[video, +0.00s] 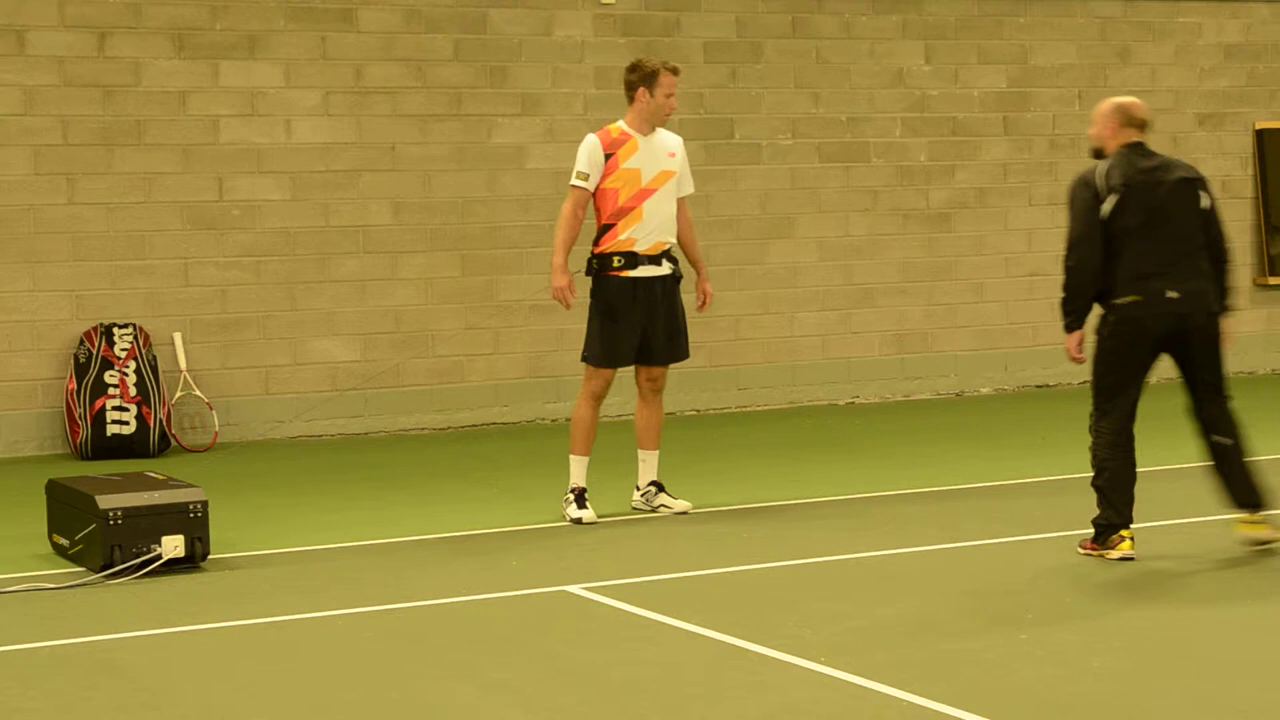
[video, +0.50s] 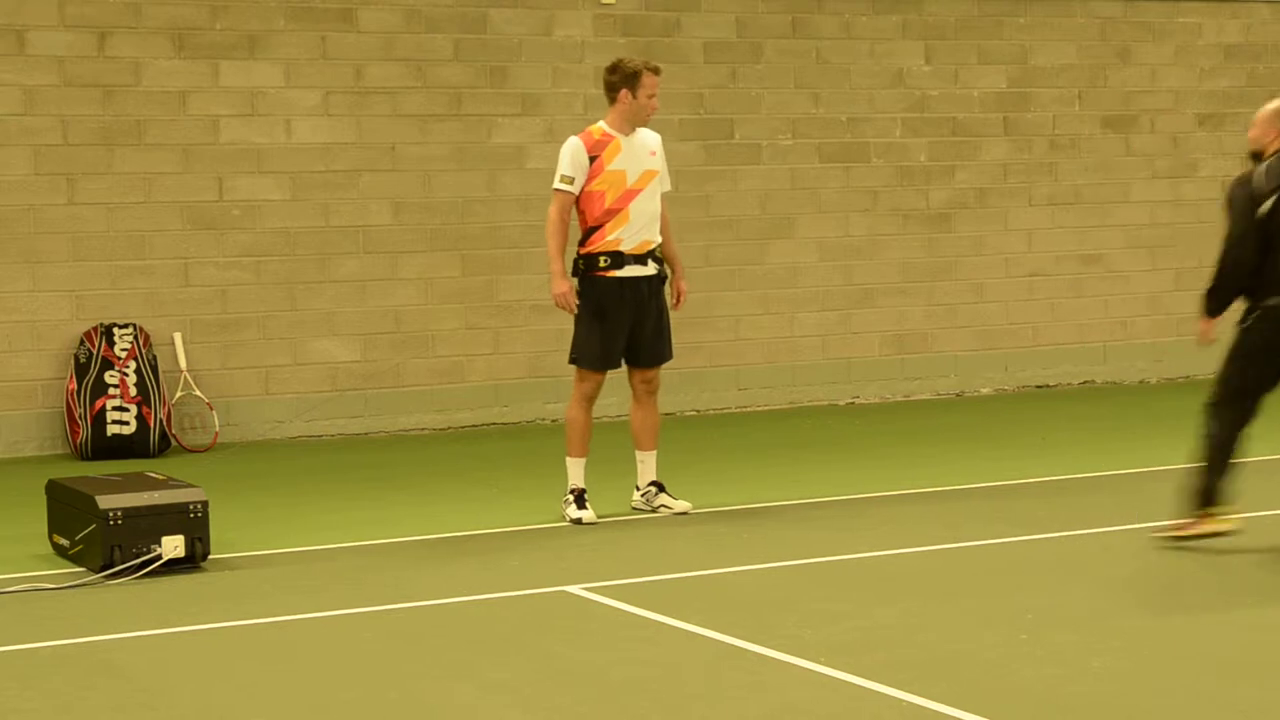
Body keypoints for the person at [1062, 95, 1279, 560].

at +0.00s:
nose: (1090, 134)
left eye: (1095, 125)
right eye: (1092, 124)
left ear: (1116, 128)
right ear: (1137, 129)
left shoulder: (1094, 181)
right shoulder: (1187, 175)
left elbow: (1084, 255)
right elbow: (1216, 247)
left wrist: (1074, 320)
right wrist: (1217, 306)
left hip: (1130, 317)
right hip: (1195, 313)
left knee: (1111, 419)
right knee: (1214, 409)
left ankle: (1114, 531)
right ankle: (1253, 510)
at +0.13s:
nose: (1113, 139)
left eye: (1119, 131)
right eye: (1115, 130)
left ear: (1140, 135)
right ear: (1159, 137)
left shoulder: (1114, 186)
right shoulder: (1206, 183)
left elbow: (1098, 257)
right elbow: (1241, 249)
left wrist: (1086, 321)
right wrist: (1261, 308)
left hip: (1148, 325)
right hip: (1211, 321)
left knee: (1116, 423)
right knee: (1245, 416)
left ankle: (1114, 530)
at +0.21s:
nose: (1138, 146)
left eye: (1145, 138)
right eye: (1141, 137)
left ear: (1165, 144)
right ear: (1186, 146)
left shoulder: (1140, 196)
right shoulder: (1229, 195)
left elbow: (1119, 265)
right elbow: (1267, 256)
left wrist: (1103, 324)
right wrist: (1277, 289)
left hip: (1168, 331)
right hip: (1232, 331)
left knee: (1129, 422)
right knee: (1266, 421)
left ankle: (1116, 529)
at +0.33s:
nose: (1189, 153)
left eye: (1197, 144)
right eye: (1193, 144)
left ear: (1219, 150)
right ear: (1235, 151)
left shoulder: (1193, 199)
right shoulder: (1270, 194)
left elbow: (1172, 270)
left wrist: (1147, 325)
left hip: (1216, 330)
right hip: (1270, 329)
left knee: (1167, 419)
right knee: (1275, 420)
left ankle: (1123, 521)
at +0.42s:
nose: (1224, 148)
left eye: (1232, 140)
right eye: (1228, 140)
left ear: (1254, 146)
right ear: (1266, 146)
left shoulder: (1230, 193)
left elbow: (1211, 264)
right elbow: (1212, 265)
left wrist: (1180, 321)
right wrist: (1184, 319)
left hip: (1252, 322)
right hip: (1274, 322)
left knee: (1198, 413)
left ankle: (1143, 507)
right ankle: (1145, 505)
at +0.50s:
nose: (1249, 132)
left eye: (1255, 124)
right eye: (1252, 124)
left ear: (1273, 131)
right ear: (1276, 131)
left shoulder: (1257, 184)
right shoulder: (1264, 181)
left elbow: (1242, 253)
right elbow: (1244, 253)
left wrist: (1211, 305)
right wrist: (1216, 303)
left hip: (1270, 316)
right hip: (1271, 315)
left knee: (1229, 404)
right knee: (1230, 404)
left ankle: (1206, 507)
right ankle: (1206, 505)